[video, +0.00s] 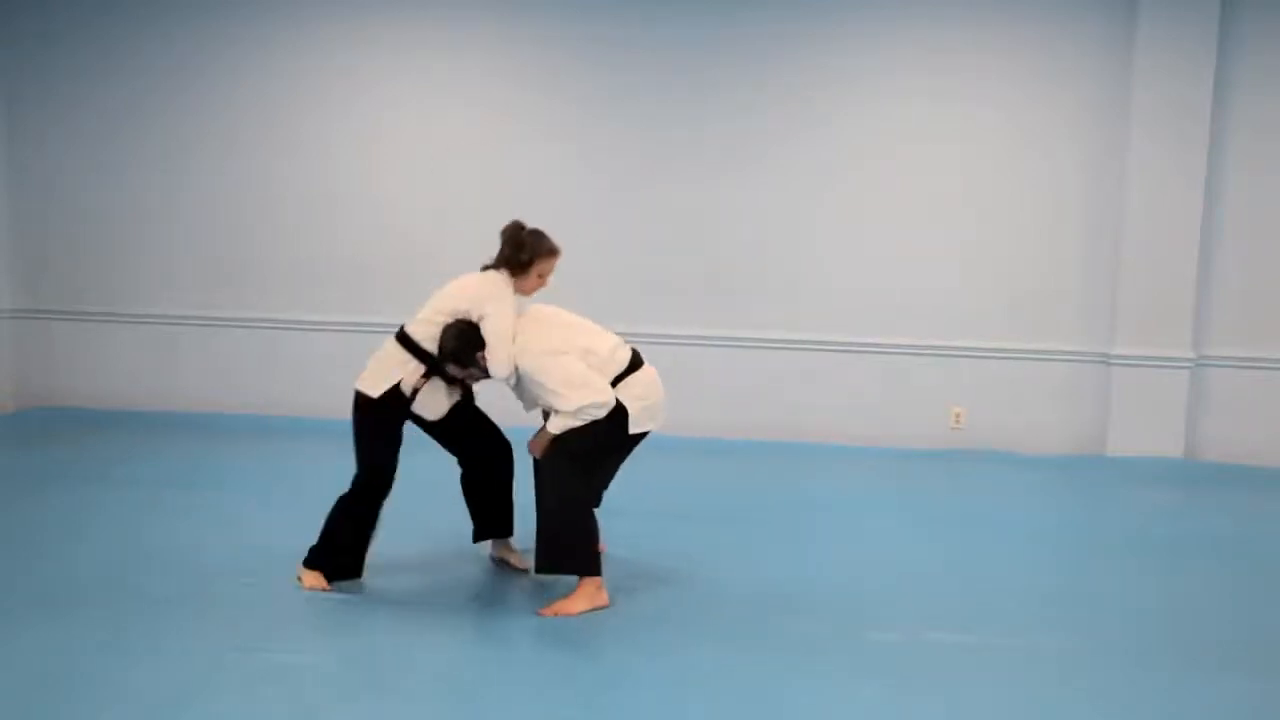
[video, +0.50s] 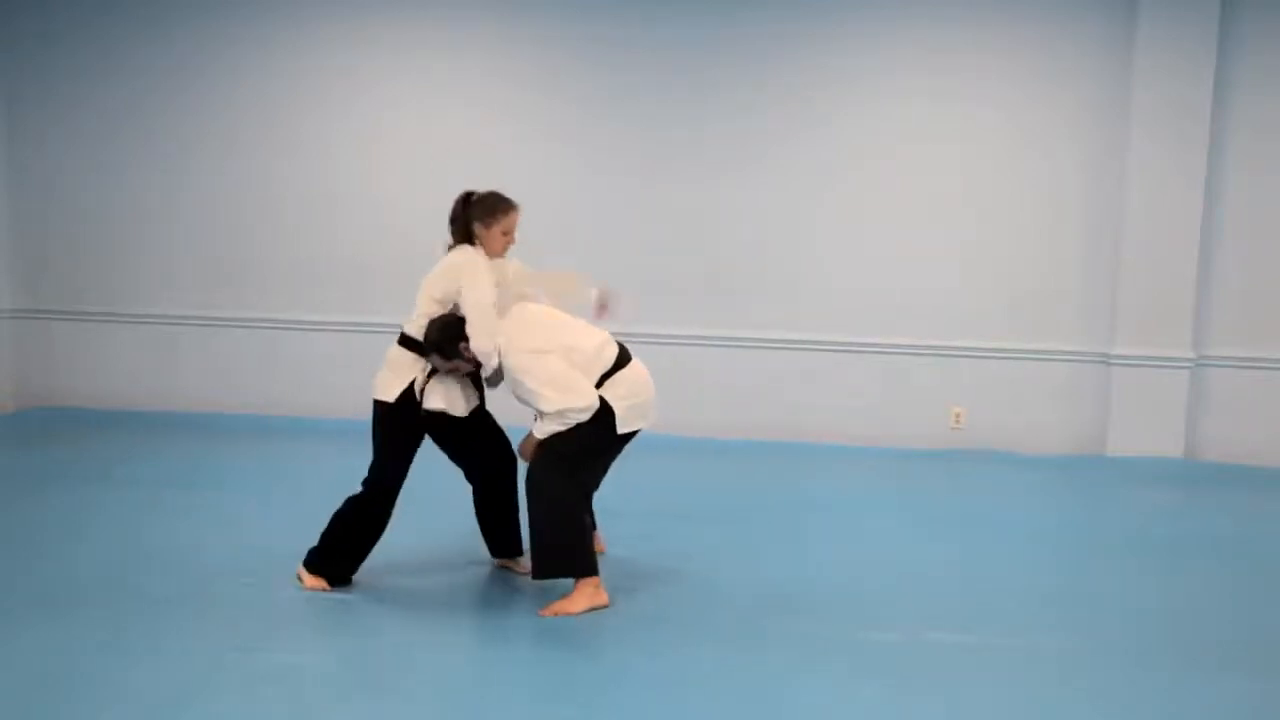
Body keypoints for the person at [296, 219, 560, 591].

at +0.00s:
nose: (545, 283)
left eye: (548, 275)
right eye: (542, 274)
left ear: (514, 262)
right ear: (520, 266)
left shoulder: (489, 285)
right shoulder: (497, 292)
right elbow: (501, 367)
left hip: (429, 389)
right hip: (385, 387)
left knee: (492, 451)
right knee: (374, 481)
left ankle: (500, 541)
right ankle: (317, 566)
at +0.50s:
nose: (512, 240)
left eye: (514, 231)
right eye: (506, 232)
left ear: (485, 231)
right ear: (480, 229)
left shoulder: (491, 265)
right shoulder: (469, 264)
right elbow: (485, 346)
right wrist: (489, 368)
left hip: (450, 390)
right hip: (409, 388)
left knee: (496, 460)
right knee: (384, 484)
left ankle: (507, 552)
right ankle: (320, 568)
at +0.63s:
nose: (502, 220)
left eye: (506, 212)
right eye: (496, 212)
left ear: (509, 207)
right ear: (473, 202)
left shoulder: (496, 228)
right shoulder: (453, 227)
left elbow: (533, 200)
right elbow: (467, 290)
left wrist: (560, 158)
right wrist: (479, 334)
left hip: (472, 373)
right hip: (420, 370)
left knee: (497, 463)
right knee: (382, 466)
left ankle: (509, 552)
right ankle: (321, 558)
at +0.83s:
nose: (489, 217)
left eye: (494, 208)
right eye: (480, 211)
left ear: (501, 197)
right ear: (456, 202)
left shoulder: (496, 210)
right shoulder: (433, 215)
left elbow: (527, 181)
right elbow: (399, 255)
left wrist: (496, 153)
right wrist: (445, 275)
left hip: (473, 359)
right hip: (419, 351)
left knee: (500, 450)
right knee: (365, 437)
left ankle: (505, 550)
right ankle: (296, 532)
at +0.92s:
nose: (479, 230)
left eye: (483, 222)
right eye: (470, 225)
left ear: (491, 212)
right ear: (448, 217)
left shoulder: (498, 238)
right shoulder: (426, 233)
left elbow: (536, 237)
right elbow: (388, 271)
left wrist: (518, 195)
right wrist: (429, 277)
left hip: (469, 372)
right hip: (410, 366)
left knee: (501, 459)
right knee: (351, 447)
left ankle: (507, 558)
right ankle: (285, 531)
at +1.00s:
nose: (476, 253)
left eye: (479, 245)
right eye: (467, 247)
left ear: (484, 241)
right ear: (440, 241)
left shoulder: (488, 271)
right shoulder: (415, 261)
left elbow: (522, 313)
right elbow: (378, 305)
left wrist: (522, 266)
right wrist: (419, 293)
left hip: (457, 390)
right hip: (398, 382)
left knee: (498, 470)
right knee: (337, 458)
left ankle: (515, 553)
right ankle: (283, 543)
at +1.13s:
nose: (460, 297)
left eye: (465, 288)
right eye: (452, 289)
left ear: (473, 281)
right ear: (425, 283)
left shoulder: (476, 310)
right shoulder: (397, 303)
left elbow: (505, 332)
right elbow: (371, 352)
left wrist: (490, 285)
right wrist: (396, 342)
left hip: (437, 415)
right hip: (375, 407)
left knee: (488, 468)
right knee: (303, 470)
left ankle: (509, 550)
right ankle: (276, 556)